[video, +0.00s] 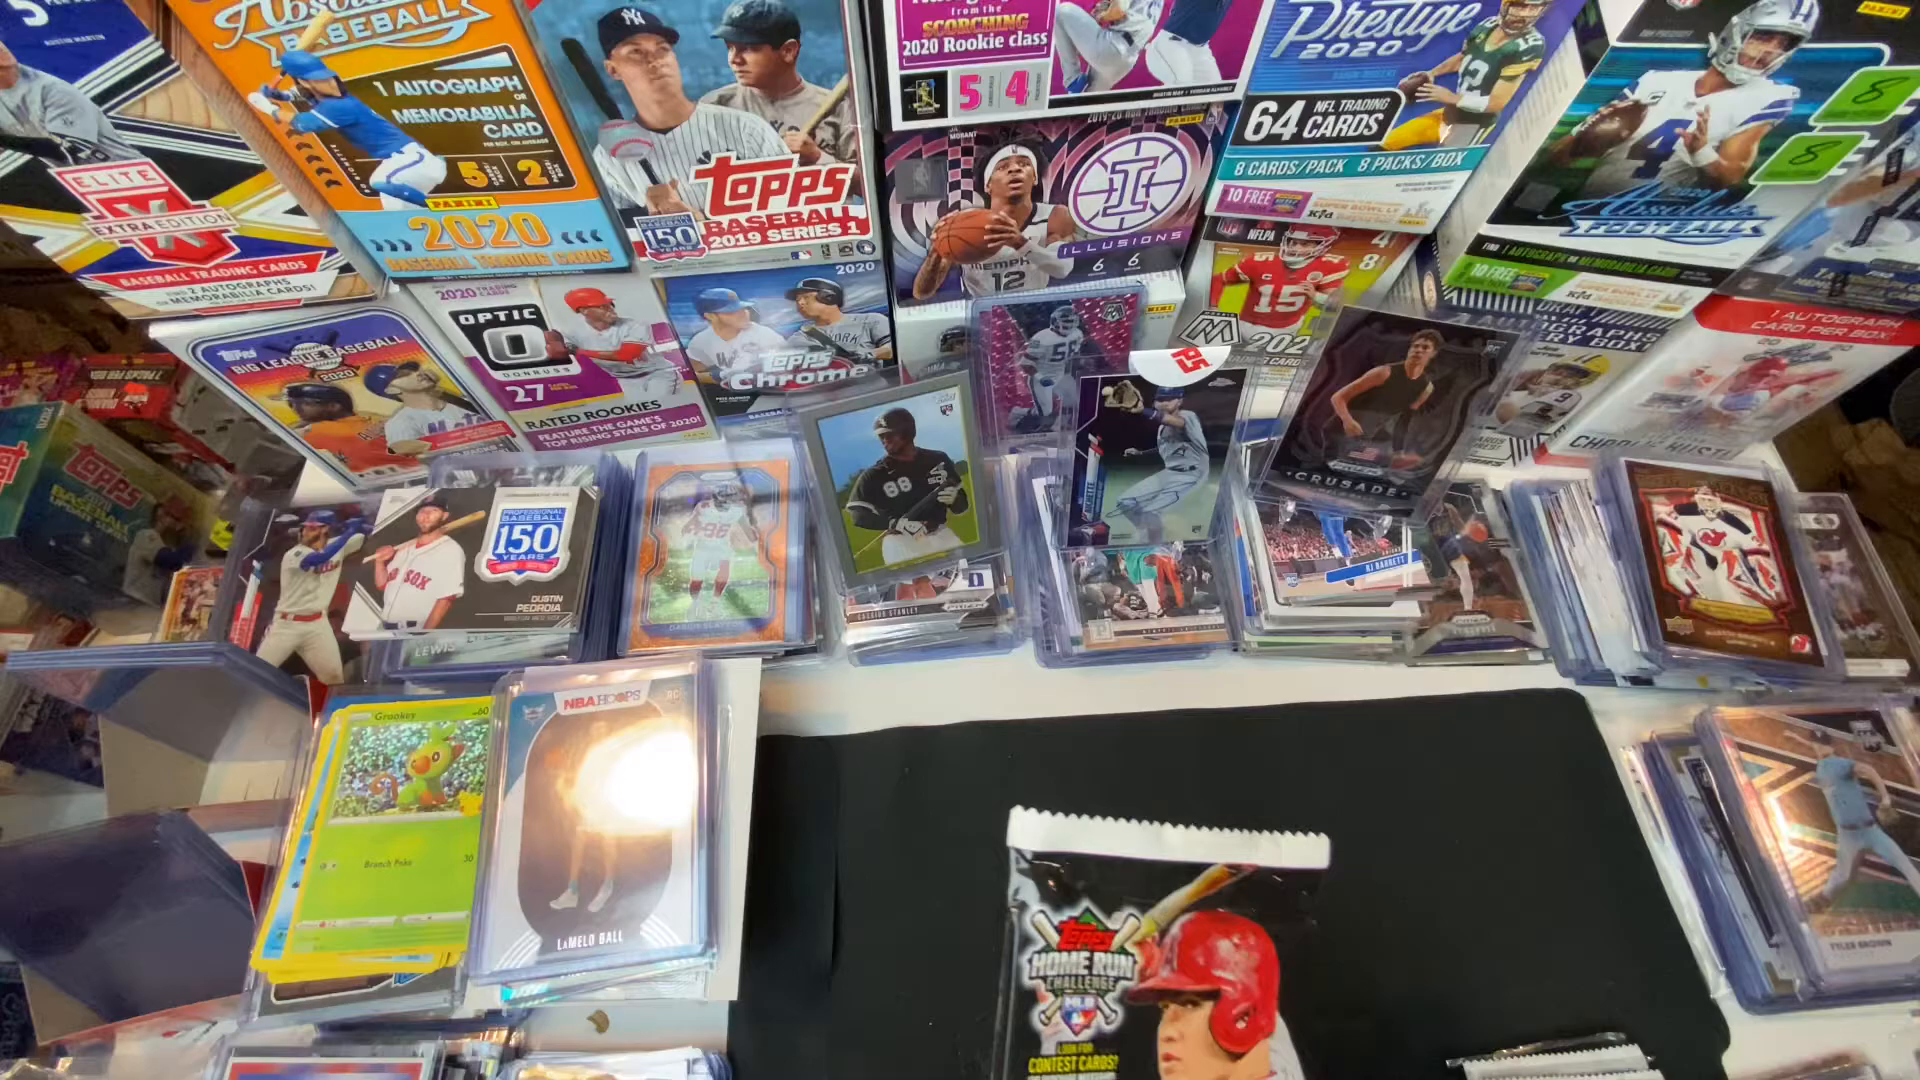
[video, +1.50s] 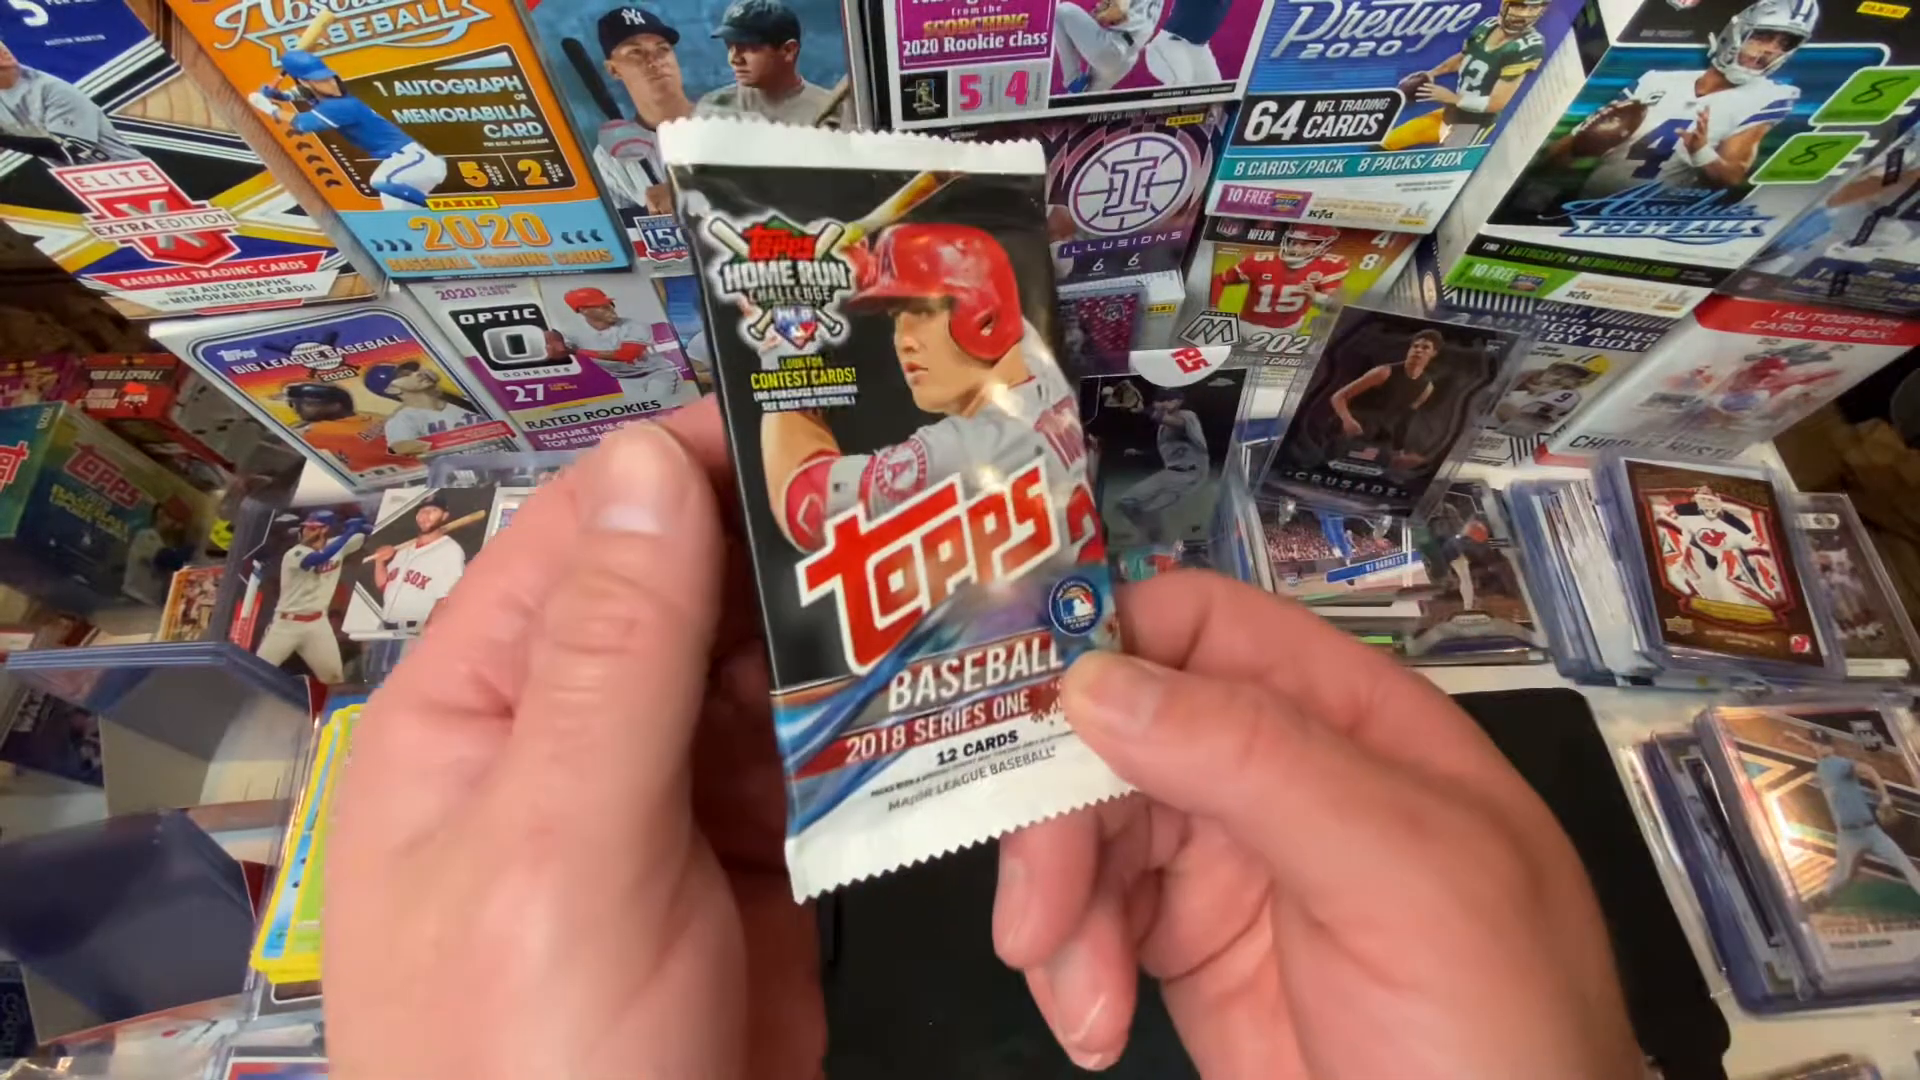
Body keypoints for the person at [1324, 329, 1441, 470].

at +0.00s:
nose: (1418, 351)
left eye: (1425, 348)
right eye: (1415, 346)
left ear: (1433, 354)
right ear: (1409, 349)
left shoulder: (1426, 389)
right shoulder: (1384, 373)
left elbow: (1404, 418)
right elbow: (1338, 397)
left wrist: (1398, 454)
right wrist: (1348, 421)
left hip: (1371, 436)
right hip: (1340, 430)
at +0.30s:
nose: (1418, 351)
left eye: (1425, 348)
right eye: (1415, 346)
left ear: (1433, 354)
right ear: (1409, 349)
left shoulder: (1426, 389)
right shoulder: (1384, 373)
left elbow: (1404, 418)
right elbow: (1338, 398)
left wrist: (1398, 454)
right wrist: (1347, 421)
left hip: (1372, 437)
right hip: (1340, 430)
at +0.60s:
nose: (1418, 350)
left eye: (1425, 347)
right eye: (1415, 346)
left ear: (1433, 354)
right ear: (1409, 349)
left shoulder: (1426, 388)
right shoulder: (1384, 373)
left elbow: (1406, 414)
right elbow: (1343, 394)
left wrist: (1400, 451)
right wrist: (1348, 420)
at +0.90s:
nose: (1418, 350)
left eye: (1425, 347)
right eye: (1415, 346)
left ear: (1433, 354)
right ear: (1410, 349)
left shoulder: (1426, 388)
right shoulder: (1384, 373)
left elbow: (1405, 416)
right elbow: (1339, 397)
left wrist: (1400, 450)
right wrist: (1347, 420)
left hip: (1385, 444)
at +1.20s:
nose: (1418, 350)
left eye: (1425, 347)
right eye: (1415, 346)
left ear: (1434, 354)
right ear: (1410, 349)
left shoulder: (1426, 388)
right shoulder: (1384, 373)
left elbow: (1404, 414)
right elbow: (1338, 397)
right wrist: (1348, 420)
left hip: (1390, 445)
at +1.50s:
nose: (1418, 350)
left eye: (1425, 347)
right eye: (1415, 346)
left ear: (1433, 354)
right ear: (1409, 349)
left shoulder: (1426, 389)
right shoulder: (1384, 373)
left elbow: (1404, 418)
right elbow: (1338, 397)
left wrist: (1399, 452)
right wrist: (1348, 421)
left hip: (1384, 441)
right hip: (1356, 436)